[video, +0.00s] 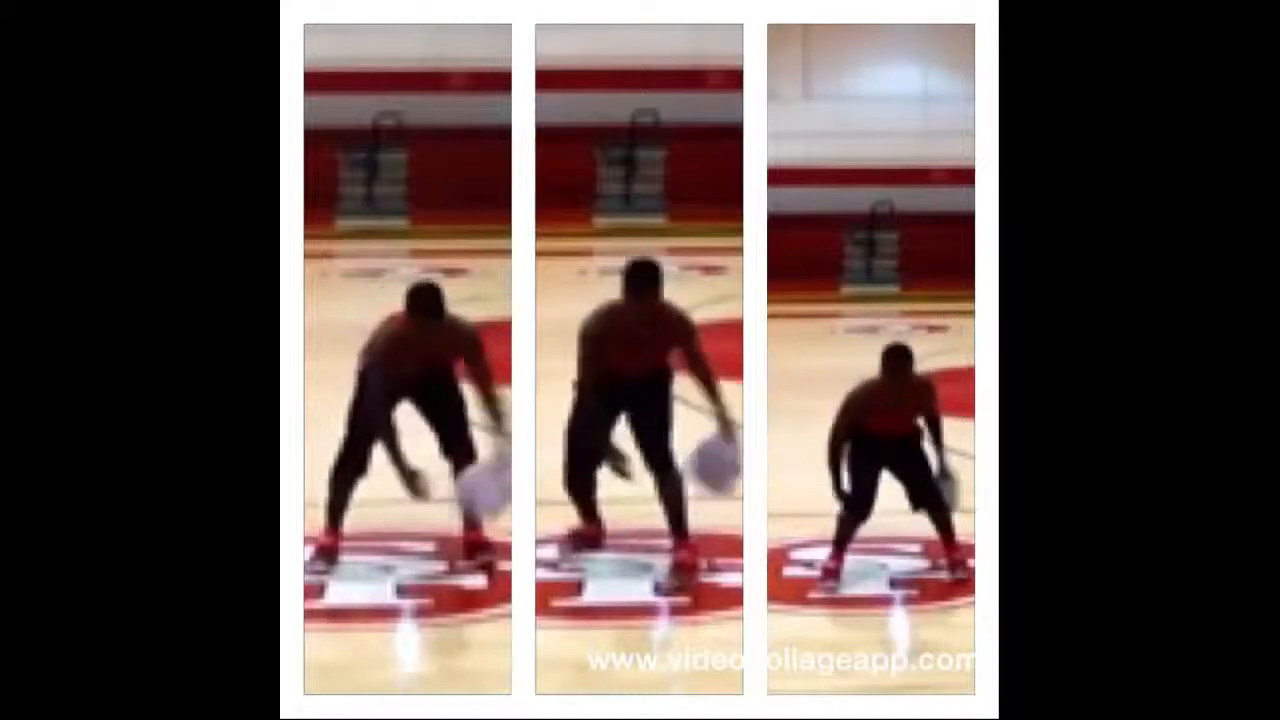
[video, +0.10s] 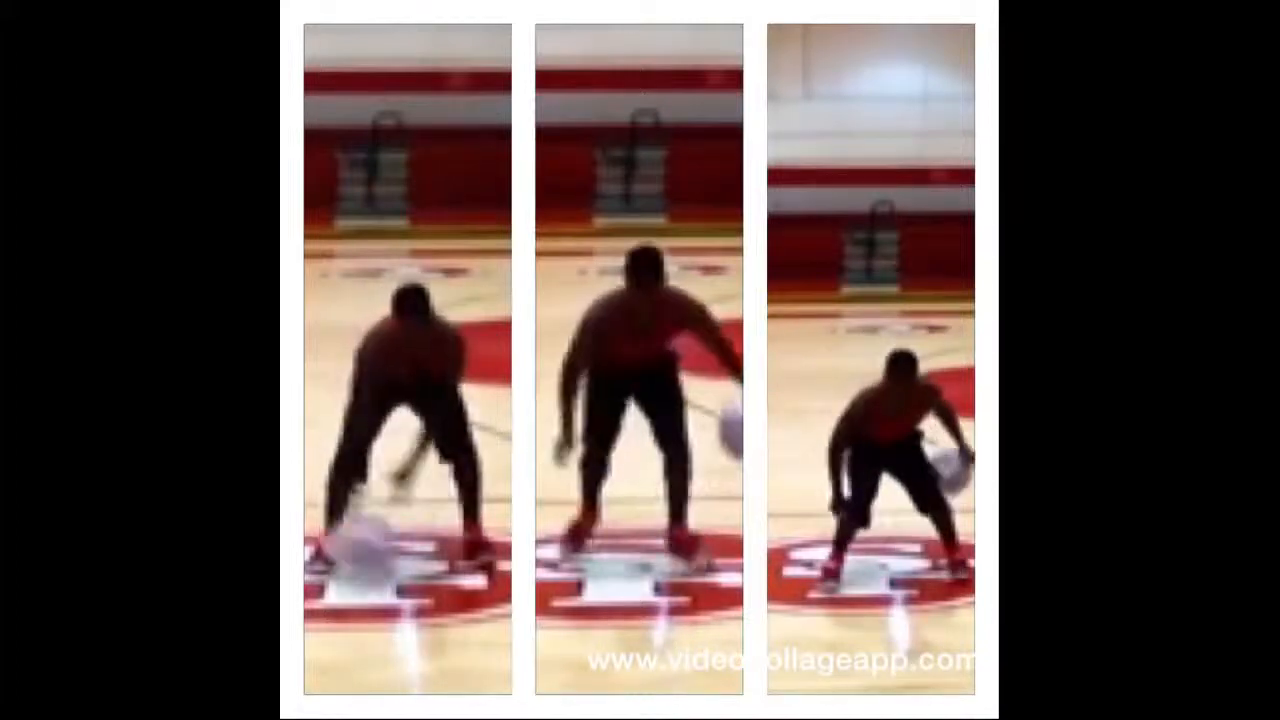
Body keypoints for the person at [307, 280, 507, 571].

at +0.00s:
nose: (425, 333)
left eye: (432, 325)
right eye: (419, 325)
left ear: (443, 316)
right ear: (407, 317)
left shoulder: (460, 335)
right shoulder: (387, 342)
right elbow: (382, 416)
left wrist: (498, 423)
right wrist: (404, 470)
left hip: (433, 378)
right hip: (384, 381)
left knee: (461, 451)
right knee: (354, 457)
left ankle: (473, 530)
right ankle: (332, 532)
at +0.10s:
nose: (411, 330)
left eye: (417, 321)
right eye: (405, 322)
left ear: (427, 316)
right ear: (395, 317)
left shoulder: (448, 341)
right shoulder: (377, 342)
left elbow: (436, 418)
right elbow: (359, 411)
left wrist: (411, 465)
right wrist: (355, 467)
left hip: (432, 388)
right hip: (381, 385)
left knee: (463, 457)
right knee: (350, 455)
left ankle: (473, 532)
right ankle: (333, 533)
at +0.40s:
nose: (394, 330)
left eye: (401, 320)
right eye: (387, 319)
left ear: (411, 312)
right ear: (376, 313)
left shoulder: (431, 339)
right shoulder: (356, 345)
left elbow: (442, 405)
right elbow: (363, 417)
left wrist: (445, 464)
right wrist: (392, 469)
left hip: (422, 390)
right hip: (370, 393)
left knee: (457, 457)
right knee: (337, 466)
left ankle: (475, 534)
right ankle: (330, 540)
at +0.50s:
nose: (404, 329)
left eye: (411, 319)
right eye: (397, 320)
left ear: (420, 314)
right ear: (385, 315)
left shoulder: (438, 342)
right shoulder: (364, 350)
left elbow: (476, 390)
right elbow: (376, 417)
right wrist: (418, 462)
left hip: (423, 391)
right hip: (371, 394)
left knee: (458, 462)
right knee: (339, 471)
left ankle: (474, 536)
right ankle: (330, 541)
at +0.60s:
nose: (410, 330)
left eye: (417, 320)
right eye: (402, 321)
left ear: (427, 315)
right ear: (391, 317)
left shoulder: (445, 340)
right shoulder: (371, 349)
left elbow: (481, 387)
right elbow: (376, 418)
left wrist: (510, 426)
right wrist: (411, 468)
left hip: (425, 391)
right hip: (374, 394)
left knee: (459, 459)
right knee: (341, 470)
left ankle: (474, 535)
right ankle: (331, 539)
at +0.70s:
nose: (408, 329)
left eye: (414, 319)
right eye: (401, 320)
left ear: (425, 313)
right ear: (389, 316)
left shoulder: (446, 345)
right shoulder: (371, 347)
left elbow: (450, 413)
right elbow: (363, 426)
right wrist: (373, 479)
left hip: (427, 394)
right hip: (376, 395)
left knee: (461, 460)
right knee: (343, 467)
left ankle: (473, 536)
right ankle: (330, 540)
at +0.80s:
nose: (399, 331)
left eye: (407, 321)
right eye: (392, 321)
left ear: (417, 316)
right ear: (382, 317)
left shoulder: (436, 346)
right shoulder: (363, 349)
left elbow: (420, 418)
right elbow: (338, 409)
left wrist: (381, 463)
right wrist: (313, 462)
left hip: (426, 394)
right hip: (374, 394)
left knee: (459, 459)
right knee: (343, 460)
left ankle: (474, 536)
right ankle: (327, 545)